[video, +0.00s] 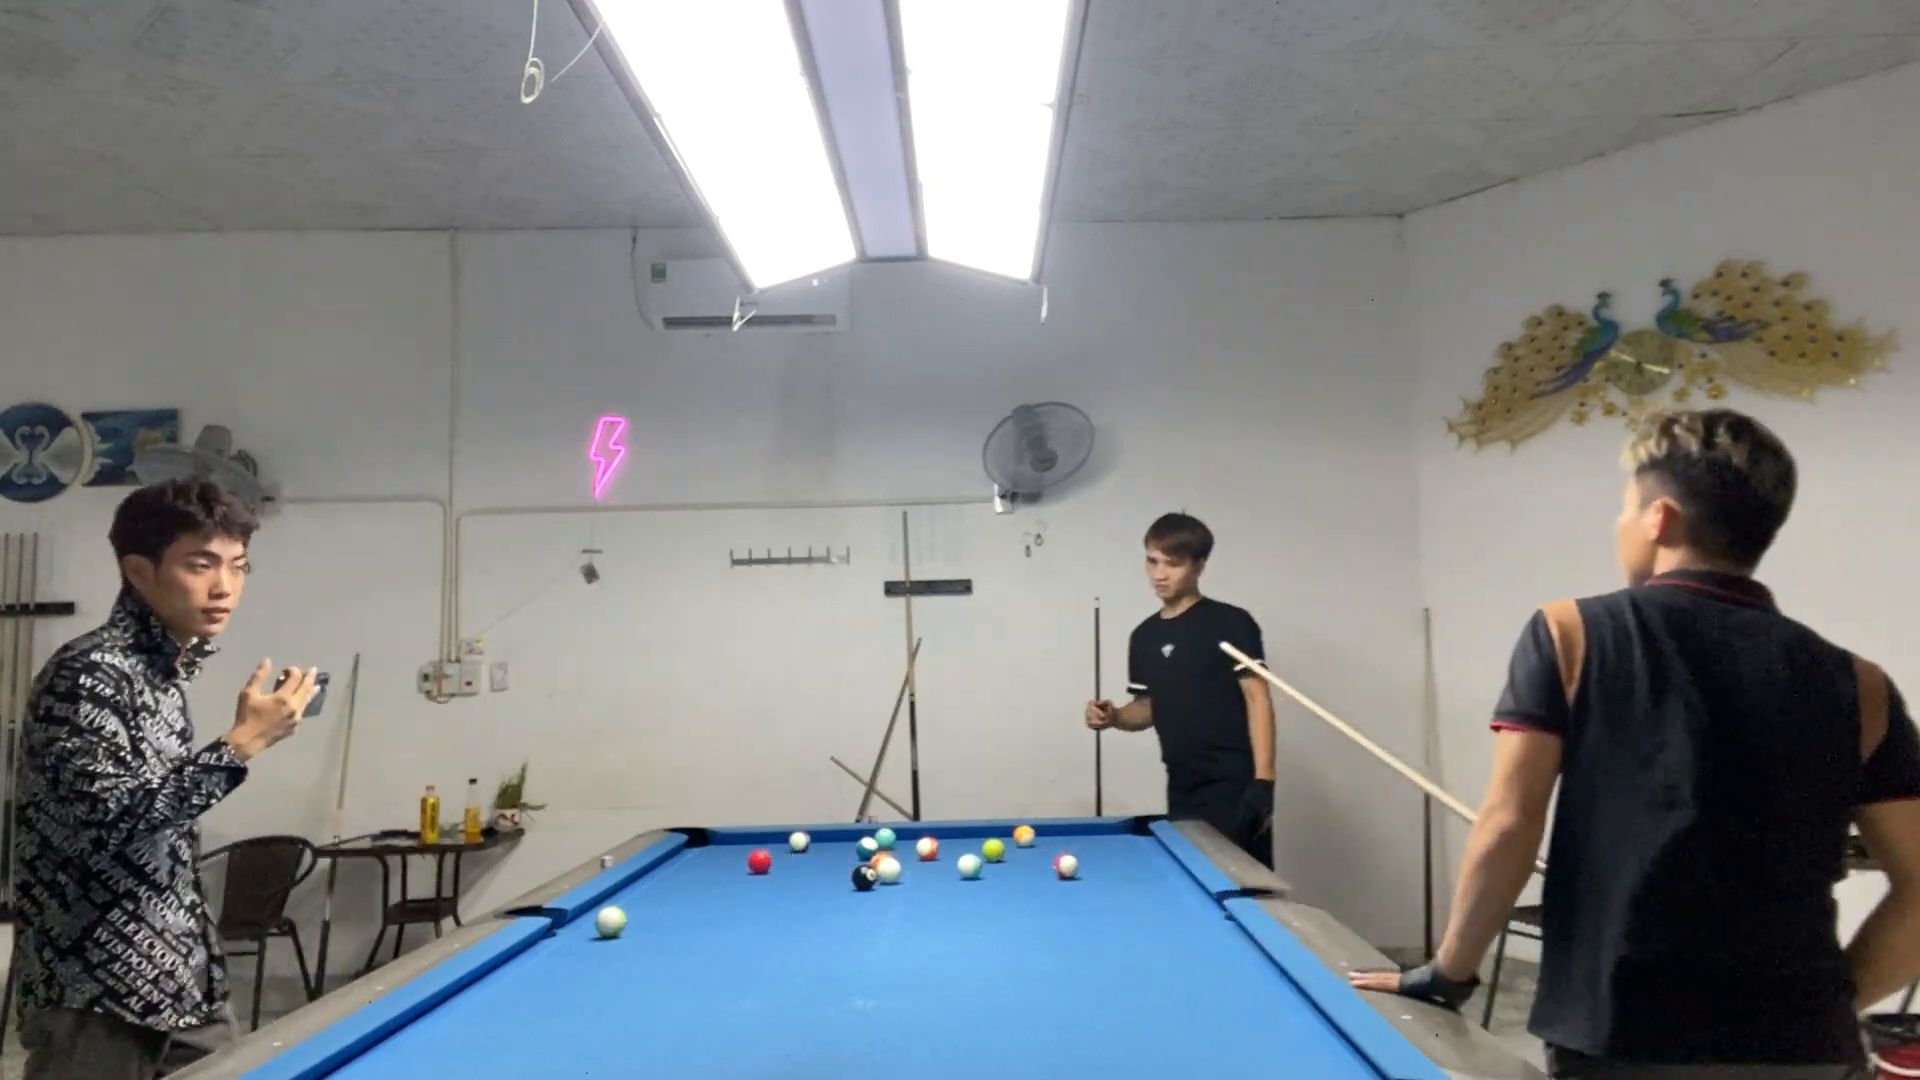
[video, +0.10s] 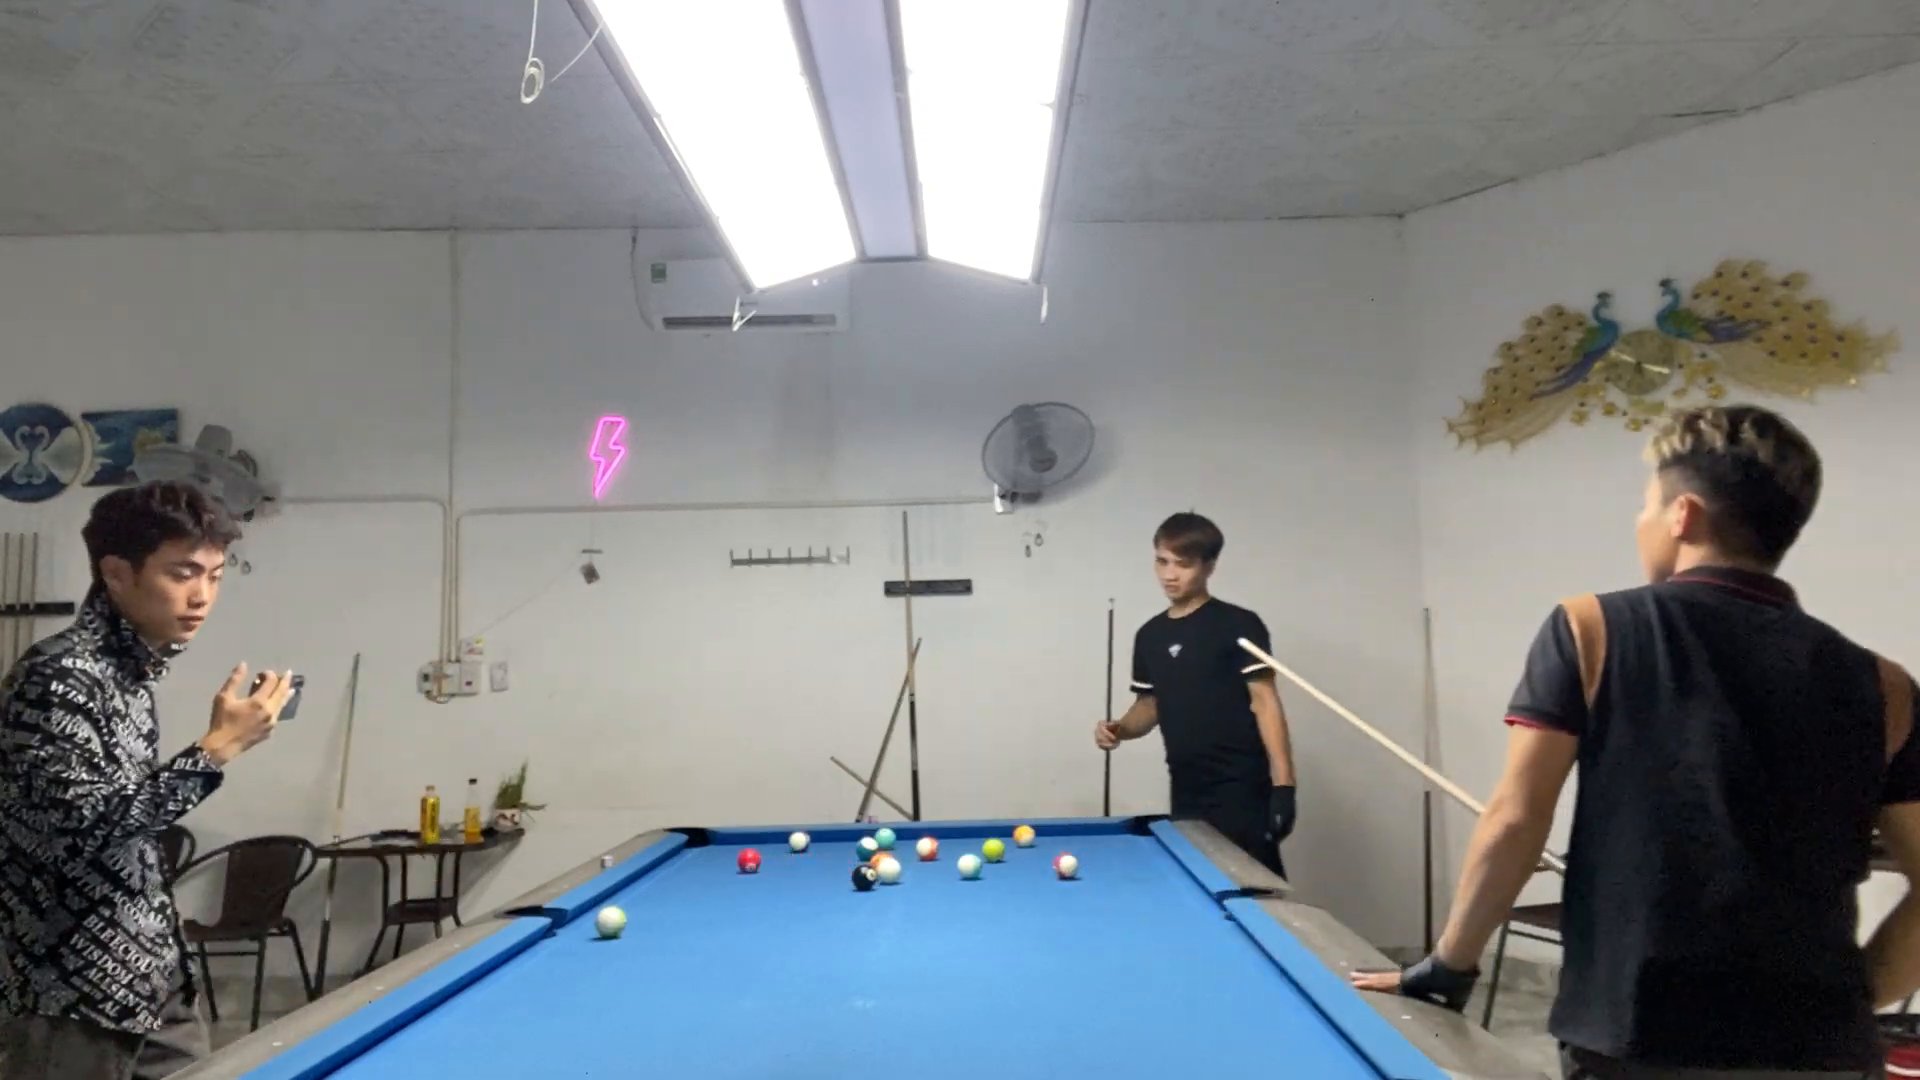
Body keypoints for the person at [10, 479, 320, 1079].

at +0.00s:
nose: (226, 587)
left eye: (237, 566)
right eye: (201, 564)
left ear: (246, 571)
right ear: (140, 572)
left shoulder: (163, 681)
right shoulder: (86, 676)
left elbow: (163, 857)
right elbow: (102, 826)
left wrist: (200, 981)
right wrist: (240, 744)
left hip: (177, 990)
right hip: (93, 1001)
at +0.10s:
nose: (203, 596)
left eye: (213, 576)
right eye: (182, 573)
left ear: (222, 576)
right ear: (116, 573)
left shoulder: (131, 676)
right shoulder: (59, 677)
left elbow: (116, 838)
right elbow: (82, 829)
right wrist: (217, 747)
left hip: (155, 987)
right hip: (64, 1004)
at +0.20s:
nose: (183, 602)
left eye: (193, 583)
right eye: (165, 580)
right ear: (96, 575)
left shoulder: (101, 675)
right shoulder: (35, 681)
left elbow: (97, 840)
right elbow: (75, 838)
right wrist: (200, 747)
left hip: (132, 980)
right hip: (49, 999)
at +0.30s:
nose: (165, 604)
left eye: (174, 583)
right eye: (148, 582)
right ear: (81, 576)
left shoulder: (80, 668)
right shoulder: (23, 679)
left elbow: (79, 834)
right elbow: (62, 832)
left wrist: (122, 930)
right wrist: (185, 746)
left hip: (115, 970)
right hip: (40, 991)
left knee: (144, 1068)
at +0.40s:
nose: (152, 603)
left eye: (160, 583)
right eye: (135, 582)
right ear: (68, 576)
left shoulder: (68, 660)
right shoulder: (15, 674)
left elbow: (64, 816)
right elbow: (50, 831)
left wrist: (101, 866)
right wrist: (174, 746)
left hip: (97, 968)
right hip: (33, 987)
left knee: (124, 1068)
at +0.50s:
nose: (142, 603)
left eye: (150, 582)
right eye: (126, 582)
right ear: (58, 577)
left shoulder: (57, 659)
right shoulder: (13, 675)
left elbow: (51, 788)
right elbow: (41, 829)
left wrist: (89, 840)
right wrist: (168, 745)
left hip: (80, 978)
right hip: (27, 997)